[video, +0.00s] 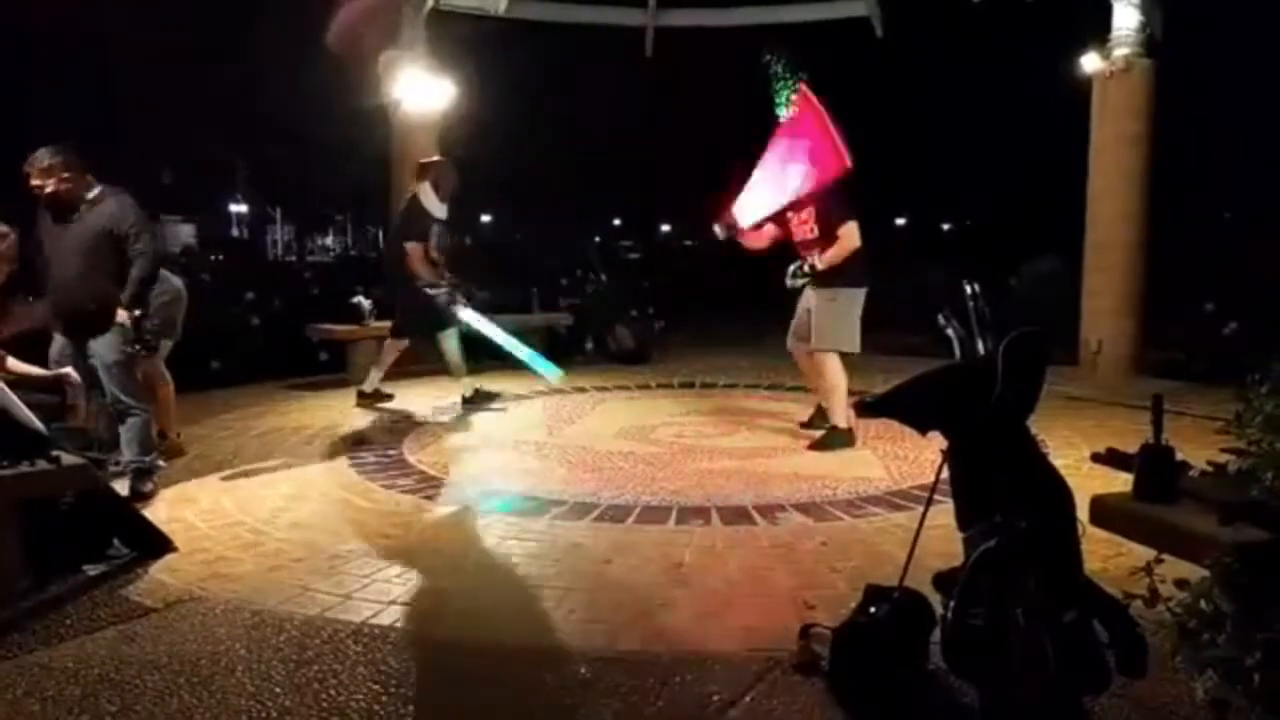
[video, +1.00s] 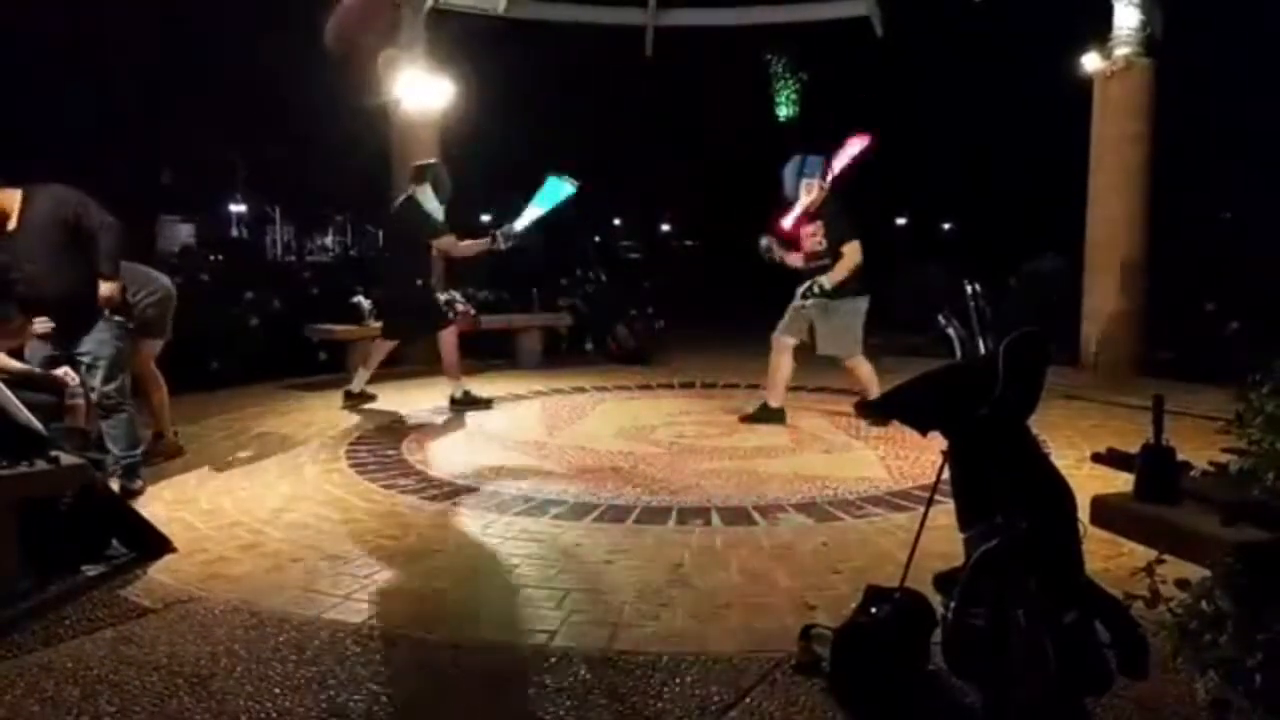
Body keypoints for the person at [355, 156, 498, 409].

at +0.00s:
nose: (451, 185)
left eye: (451, 179)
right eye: (447, 179)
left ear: (432, 180)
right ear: (435, 181)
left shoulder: (432, 208)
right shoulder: (415, 212)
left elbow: (431, 249)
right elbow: (415, 260)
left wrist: (446, 274)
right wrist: (440, 286)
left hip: (418, 277)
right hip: (410, 280)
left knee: (401, 334)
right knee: (447, 327)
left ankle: (369, 386)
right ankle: (467, 389)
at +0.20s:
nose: (441, 180)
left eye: (440, 174)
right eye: (436, 174)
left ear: (420, 174)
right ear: (424, 175)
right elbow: (399, 250)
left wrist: (429, 263)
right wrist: (420, 268)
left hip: (404, 276)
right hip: (406, 277)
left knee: (388, 331)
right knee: (426, 329)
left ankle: (367, 386)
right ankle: (421, 389)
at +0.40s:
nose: (437, 179)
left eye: (436, 173)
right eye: (432, 173)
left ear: (421, 175)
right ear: (419, 175)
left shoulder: (419, 202)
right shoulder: (400, 202)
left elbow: (420, 239)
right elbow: (411, 241)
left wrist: (439, 241)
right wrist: (435, 242)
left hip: (402, 279)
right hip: (399, 280)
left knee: (393, 331)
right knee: (436, 322)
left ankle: (368, 387)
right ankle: (426, 385)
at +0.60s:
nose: (447, 179)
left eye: (446, 173)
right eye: (443, 173)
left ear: (423, 175)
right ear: (430, 175)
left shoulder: (419, 201)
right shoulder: (413, 202)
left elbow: (432, 235)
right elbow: (428, 234)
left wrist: (458, 232)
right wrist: (460, 232)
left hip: (402, 285)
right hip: (408, 286)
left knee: (401, 333)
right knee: (452, 324)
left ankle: (369, 387)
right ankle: (459, 391)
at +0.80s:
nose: (457, 183)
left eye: (455, 177)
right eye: (453, 177)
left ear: (429, 178)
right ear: (442, 179)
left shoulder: (417, 203)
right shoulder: (431, 207)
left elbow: (443, 250)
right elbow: (451, 251)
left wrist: (479, 242)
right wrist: (483, 242)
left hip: (402, 284)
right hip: (418, 286)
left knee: (404, 332)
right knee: (457, 323)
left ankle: (369, 387)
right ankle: (459, 391)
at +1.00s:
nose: (446, 193)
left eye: (445, 187)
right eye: (443, 187)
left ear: (418, 182)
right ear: (431, 184)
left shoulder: (402, 207)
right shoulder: (417, 211)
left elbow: (437, 245)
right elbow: (454, 248)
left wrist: (484, 243)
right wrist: (491, 242)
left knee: (391, 334)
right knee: (447, 326)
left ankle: (355, 387)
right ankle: (458, 392)